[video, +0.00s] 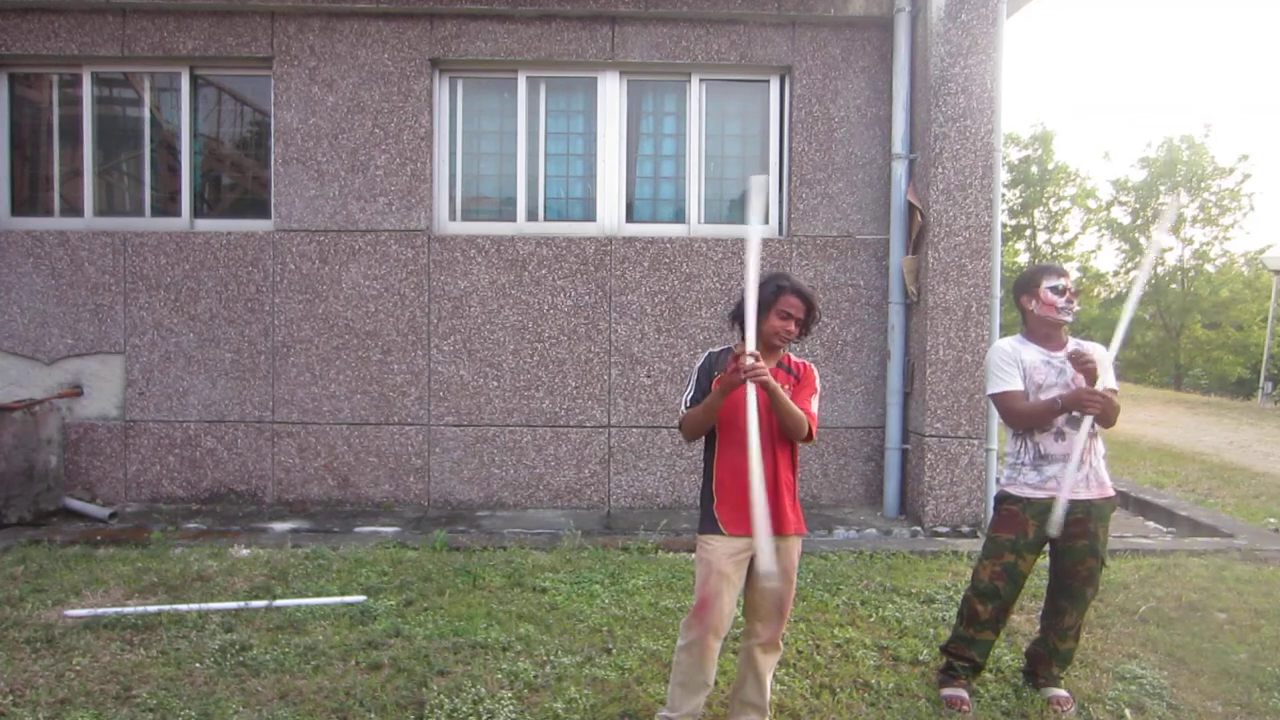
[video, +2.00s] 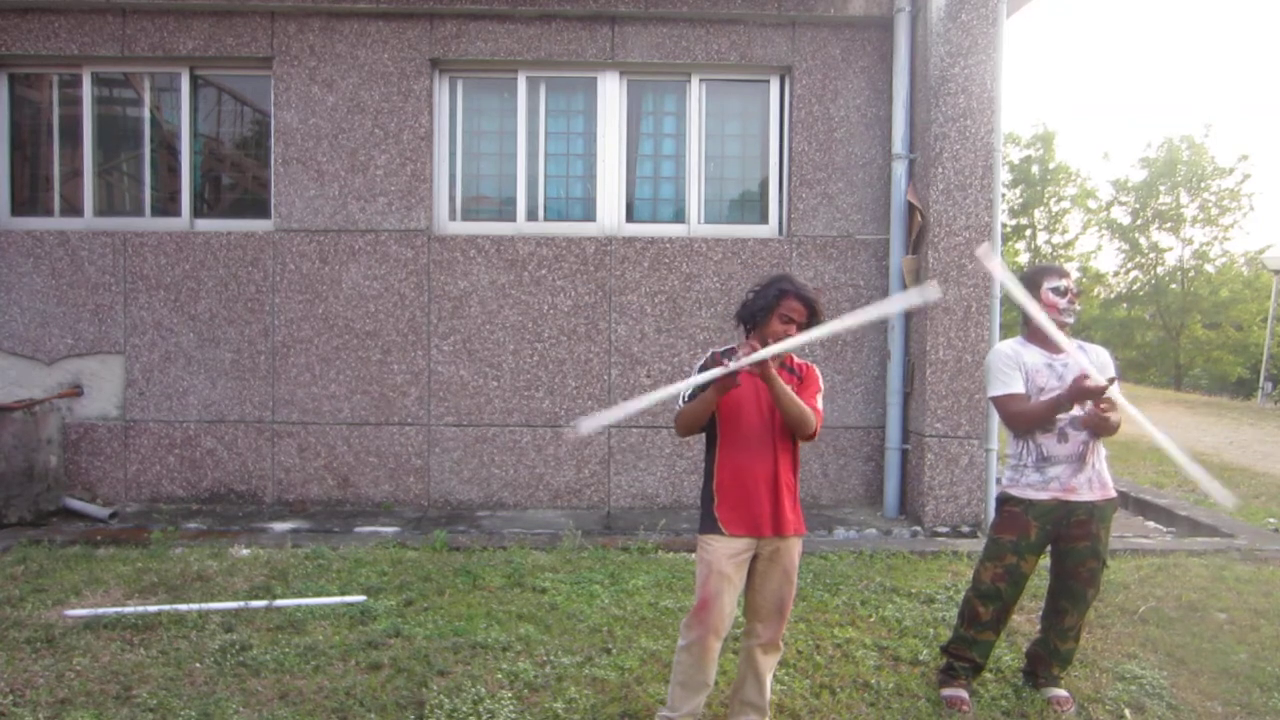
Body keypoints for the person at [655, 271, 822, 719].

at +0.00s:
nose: (791, 327)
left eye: (799, 321)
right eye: (783, 315)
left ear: (802, 327)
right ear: (756, 312)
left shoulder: (802, 372)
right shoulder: (718, 362)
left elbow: (803, 432)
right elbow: (689, 429)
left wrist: (771, 385)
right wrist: (722, 390)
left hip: (782, 520)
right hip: (725, 518)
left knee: (767, 635)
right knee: (707, 622)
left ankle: (749, 714)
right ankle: (678, 714)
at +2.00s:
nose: (792, 331)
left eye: (800, 325)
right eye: (785, 319)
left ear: (805, 330)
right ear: (758, 317)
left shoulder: (805, 372)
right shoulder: (719, 362)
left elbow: (808, 428)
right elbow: (684, 426)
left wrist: (771, 374)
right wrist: (722, 385)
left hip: (783, 521)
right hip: (726, 520)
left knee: (767, 636)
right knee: (707, 626)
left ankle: (749, 715)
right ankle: (678, 714)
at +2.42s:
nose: (788, 323)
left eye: (797, 317)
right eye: (781, 311)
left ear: (803, 327)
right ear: (757, 311)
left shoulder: (807, 374)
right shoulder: (721, 363)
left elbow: (805, 439)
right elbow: (692, 429)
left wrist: (764, 398)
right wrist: (722, 390)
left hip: (783, 521)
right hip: (726, 519)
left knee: (767, 635)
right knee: (709, 624)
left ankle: (749, 714)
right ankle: (678, 714)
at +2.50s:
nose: (788, 322)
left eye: (798, 317)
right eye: (781, 310)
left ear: (803, 326)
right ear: (758, 311)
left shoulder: (806, 372)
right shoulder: (722, 363)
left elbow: (805, 441)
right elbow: (693, 428)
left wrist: (762, 402)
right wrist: (722, 391)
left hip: (783, 521)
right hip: (726, 519)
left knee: (767, 635)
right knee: (709, 624)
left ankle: (749, 714)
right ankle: (678, 714)